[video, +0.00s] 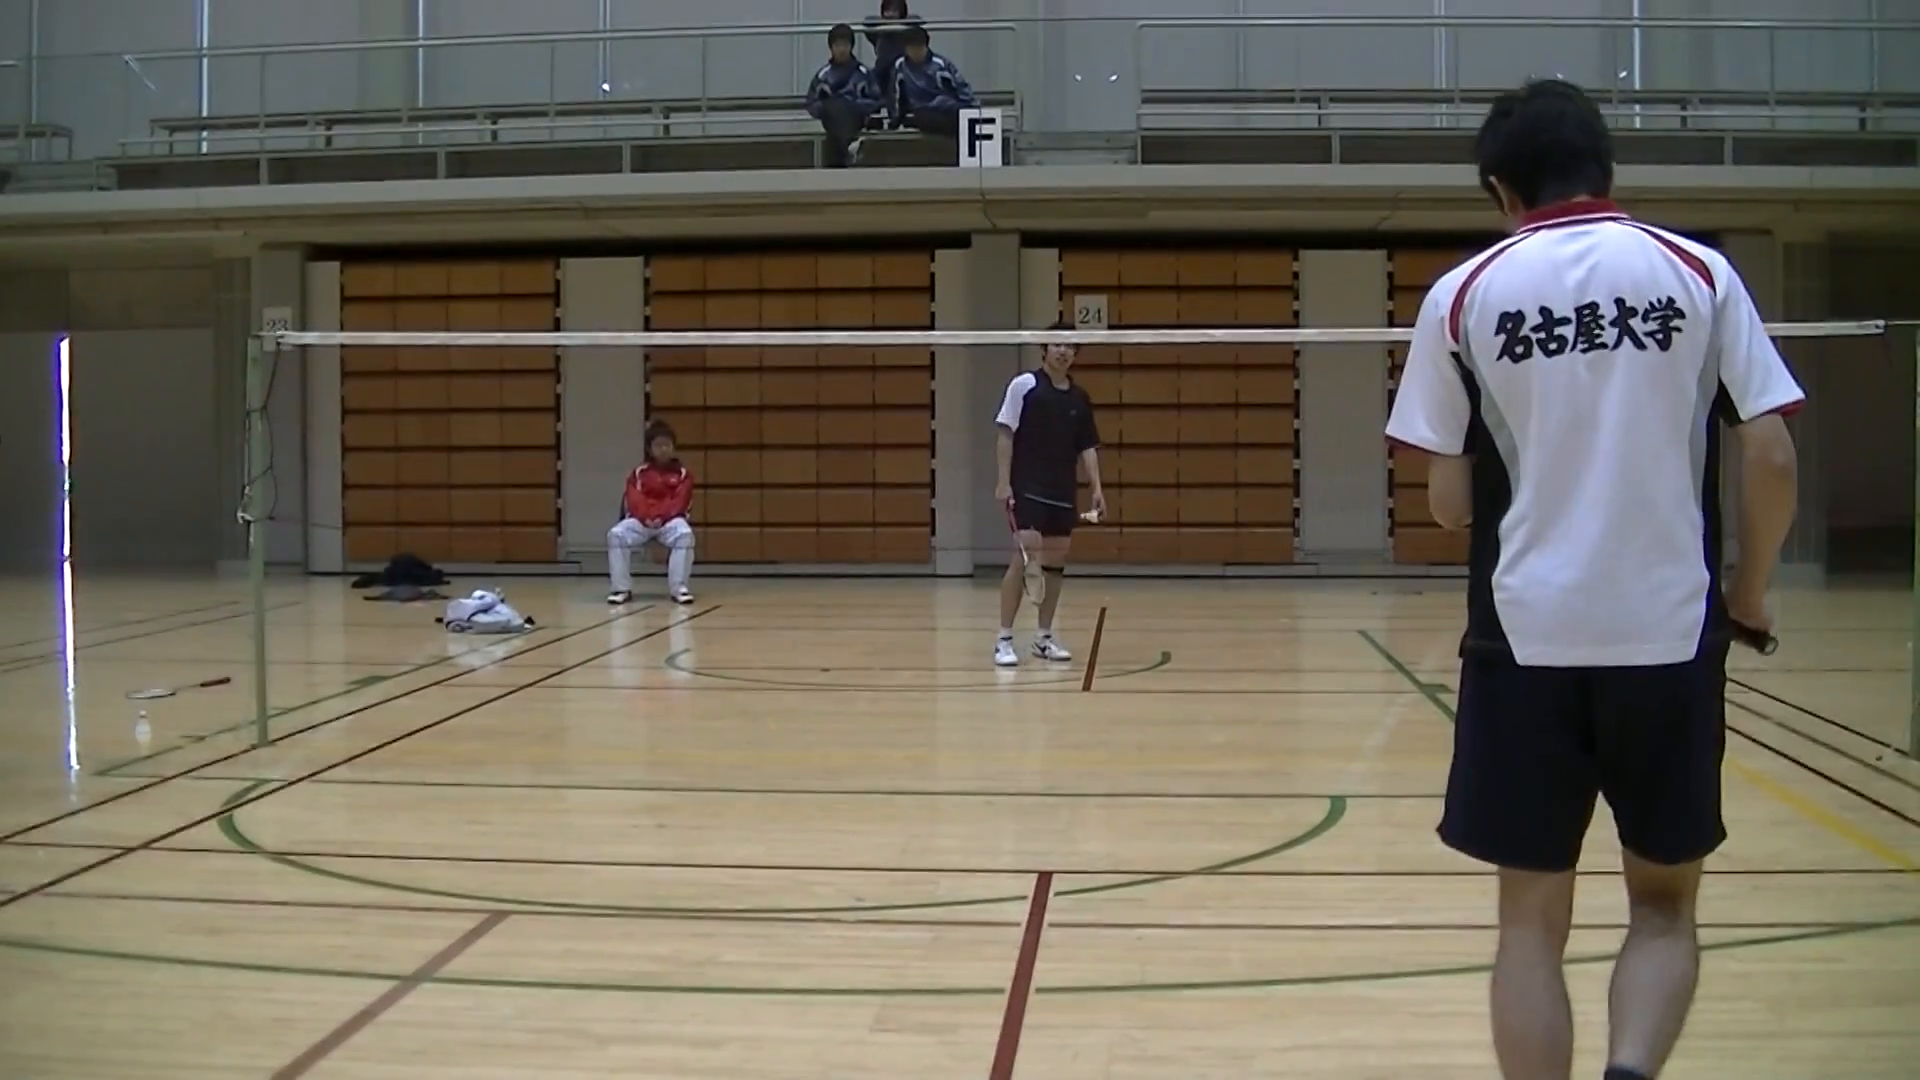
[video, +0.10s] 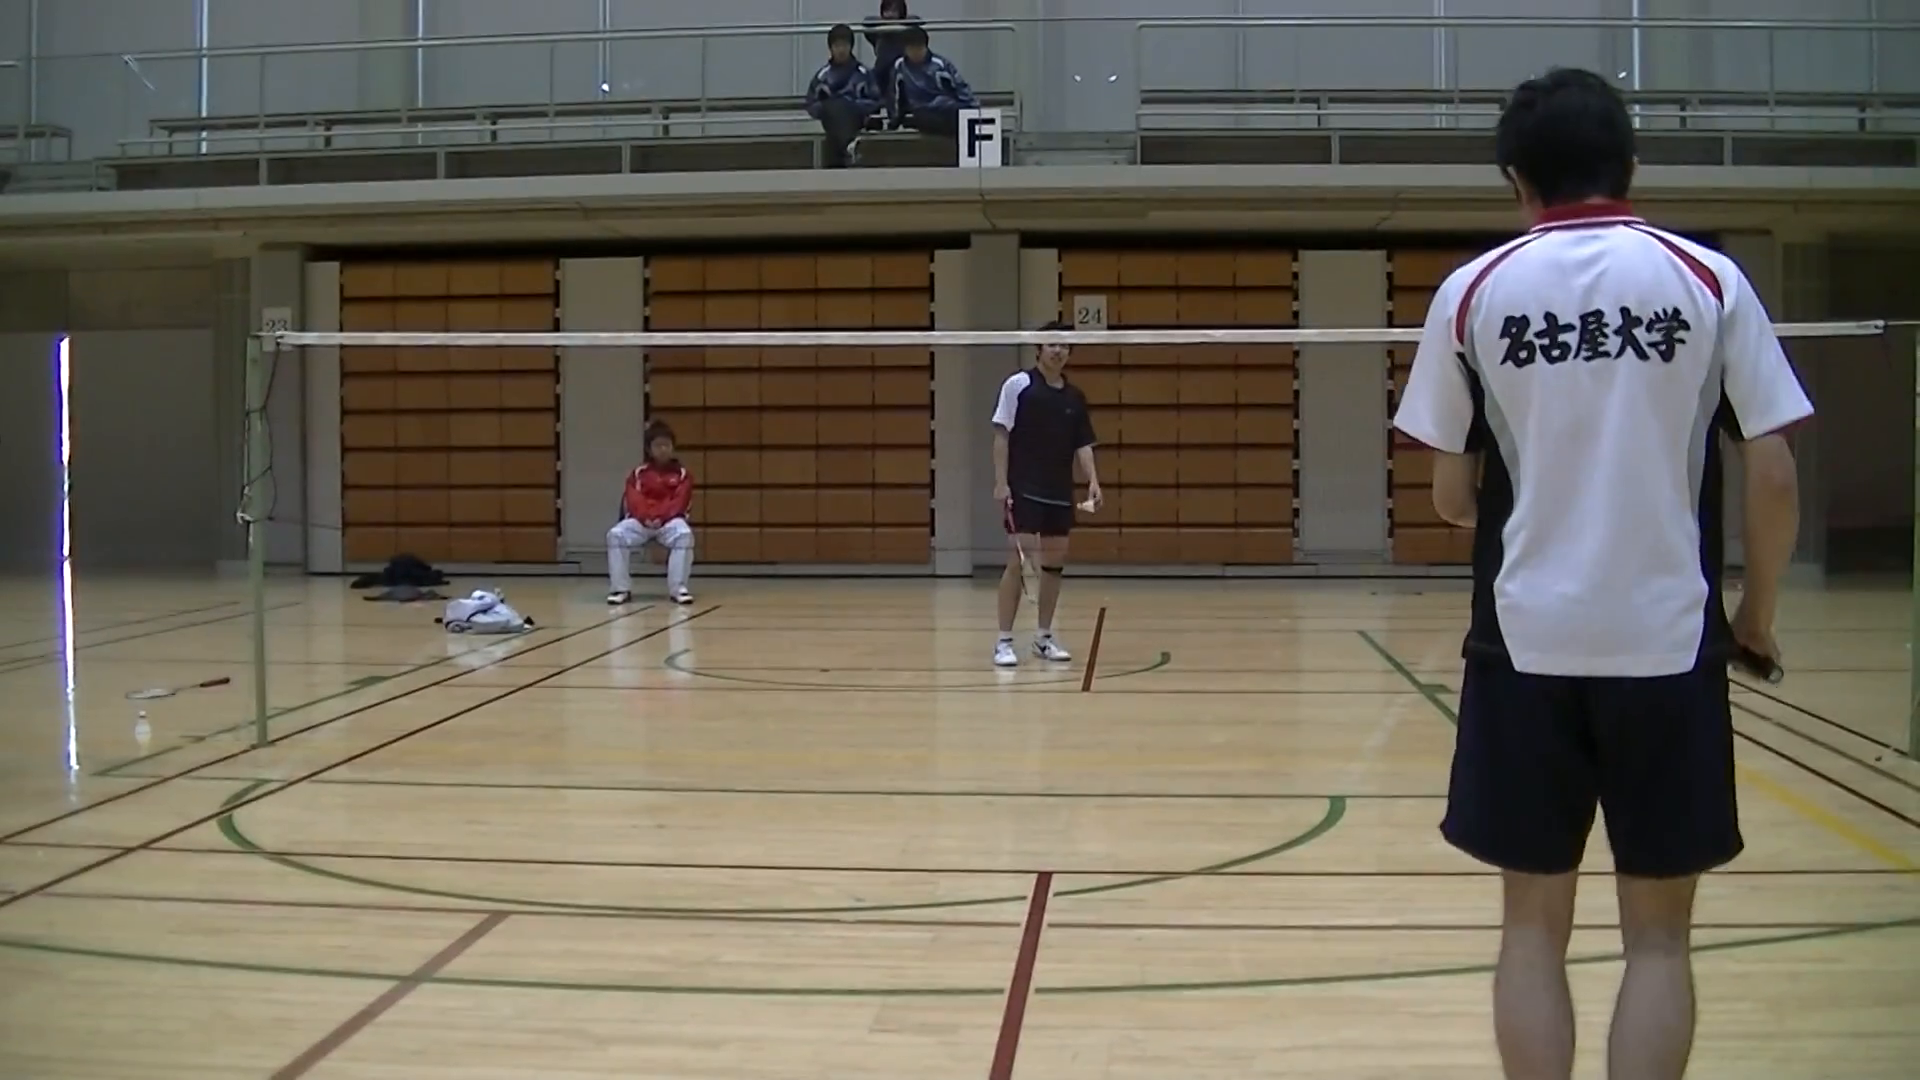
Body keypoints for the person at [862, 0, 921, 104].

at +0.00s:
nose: (890, 14)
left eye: (895, 10)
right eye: (887, 10)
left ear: (902, 12)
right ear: (882, 12)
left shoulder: (906, 29)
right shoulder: (878, 32)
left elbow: (917, 20)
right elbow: (867, 23)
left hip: (902, 66)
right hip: (881, 66)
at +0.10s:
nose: (890, 14)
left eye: (895, 10)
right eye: (887, 10)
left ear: (901, 12)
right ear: (882, 12)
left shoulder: (905, 29)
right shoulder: (878, 33)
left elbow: (916, 20)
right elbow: (867, 22)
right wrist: (884, 21)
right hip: (881, 68)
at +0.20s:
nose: (889, 14)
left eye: (893, 11)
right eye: (885, 10)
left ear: (900, 13)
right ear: (881, 13)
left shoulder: (904, 30)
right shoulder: (877, 33)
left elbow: (916, 20)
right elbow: (866, 23)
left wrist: (898, 23)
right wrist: (883, 22)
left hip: (901, 68)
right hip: (880, 69)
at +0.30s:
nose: (889, 15)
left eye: (893, 11)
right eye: (885, 11)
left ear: (899, 13)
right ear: (881, 13)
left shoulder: (904, 30)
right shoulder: (876, 33)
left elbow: (916, 20)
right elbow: (866, 22)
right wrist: (882, 23)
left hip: (900, 68)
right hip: (879, 68)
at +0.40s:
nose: (888, 14)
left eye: (892, 10)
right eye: (885, 10)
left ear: (899, 13)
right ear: (881, 13)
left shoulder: (904, 30)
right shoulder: (876, 32)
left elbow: (917, 20)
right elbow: (865, 22)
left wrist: (897, 23)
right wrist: (883, 22)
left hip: (900, 69)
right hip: (879, 69)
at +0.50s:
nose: (888, 14)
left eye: (892, 10)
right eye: (884, 10)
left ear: (899, 12)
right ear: (880, 13)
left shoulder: (903, 30)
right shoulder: (875, 33)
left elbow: (916, 21)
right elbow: (865, 22)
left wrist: (897, 23)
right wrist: (882, 23)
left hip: (901, 69)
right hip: (879, 69)